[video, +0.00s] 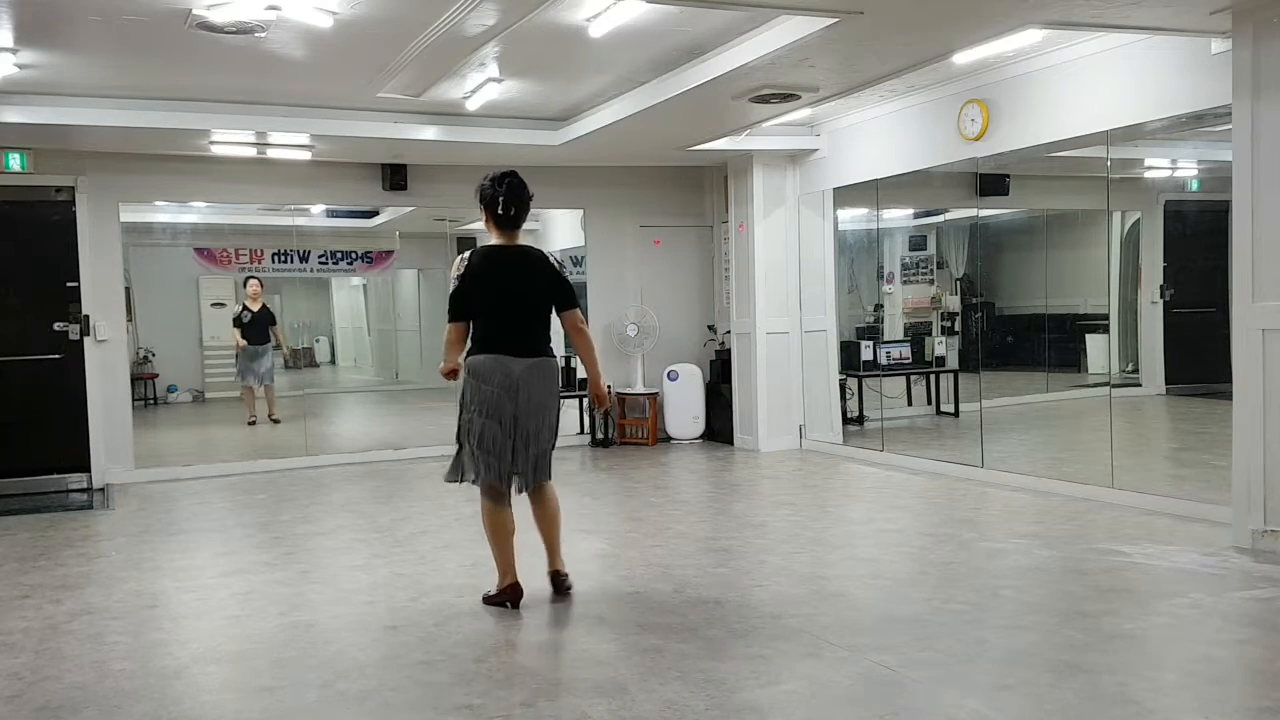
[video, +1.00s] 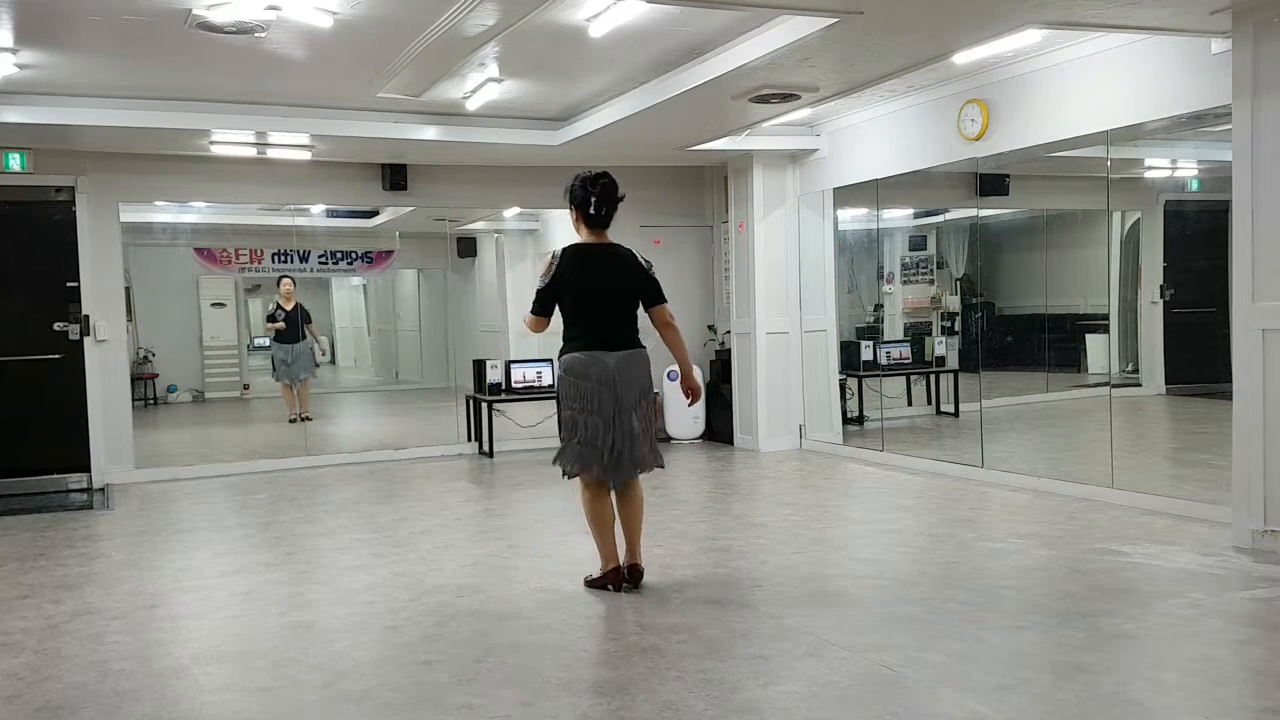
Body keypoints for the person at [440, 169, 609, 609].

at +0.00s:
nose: (481, 216)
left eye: (481, 210)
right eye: (485, 209)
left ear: (486, 215)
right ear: (525, 215)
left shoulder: (471, 265)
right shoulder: (545, 264)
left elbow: (457, 330)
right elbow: (575, 325)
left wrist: (451, 362)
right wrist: (596, 378)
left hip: (488, 371)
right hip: (541, 371)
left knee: (493, 482)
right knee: (539, 475)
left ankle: (509, 584)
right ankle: (557, 569)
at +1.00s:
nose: (571, 216)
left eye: (571, 211)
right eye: (575, 210)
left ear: (575, 215)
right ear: (613, 213)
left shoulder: (563, 262)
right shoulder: (632, 261)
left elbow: (537, 324)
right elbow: (664, 320)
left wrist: (547, 281)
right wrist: (687, 370)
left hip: (581, 368)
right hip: (631, 367)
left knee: (592, 475)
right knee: (627, 471)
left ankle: (611, 568)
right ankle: (633, 562)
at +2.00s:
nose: (608, 208)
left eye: (608, 202)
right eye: (612, 201)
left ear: (613, 204)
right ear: (656, 203)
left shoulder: (605, 255)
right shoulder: (678, 254)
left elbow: (591, 323)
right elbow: (709, 324)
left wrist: (566, 363)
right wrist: (724, 378)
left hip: (626, 373)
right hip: (683, 370)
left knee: (623, 483)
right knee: (684, 481)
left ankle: (633, 596)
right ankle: (680, 594)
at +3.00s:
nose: (530, 197)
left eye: (530, 191)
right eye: (533, 190)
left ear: (535, 195)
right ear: (581, 194)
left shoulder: (522, 250)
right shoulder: (600, 253)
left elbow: (502, 324)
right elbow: (635, 321)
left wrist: (476, 347)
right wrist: (661, 367)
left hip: (539, 377)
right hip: (596, 375)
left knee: (546, 494)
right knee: (593, 490)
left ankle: (570, 610)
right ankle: (595, 604)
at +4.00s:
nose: (426, 200)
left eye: (417, 193)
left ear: (416, 198)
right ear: (465, 195)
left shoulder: (400, 257)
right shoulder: (488, 254)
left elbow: (366, 328)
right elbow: (531, 320)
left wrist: (339, 377)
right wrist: (577, 370)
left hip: (419, 390)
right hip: (484, 389)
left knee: (442, 508)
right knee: (489, 503)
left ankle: (470, 621)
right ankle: (461, 611)